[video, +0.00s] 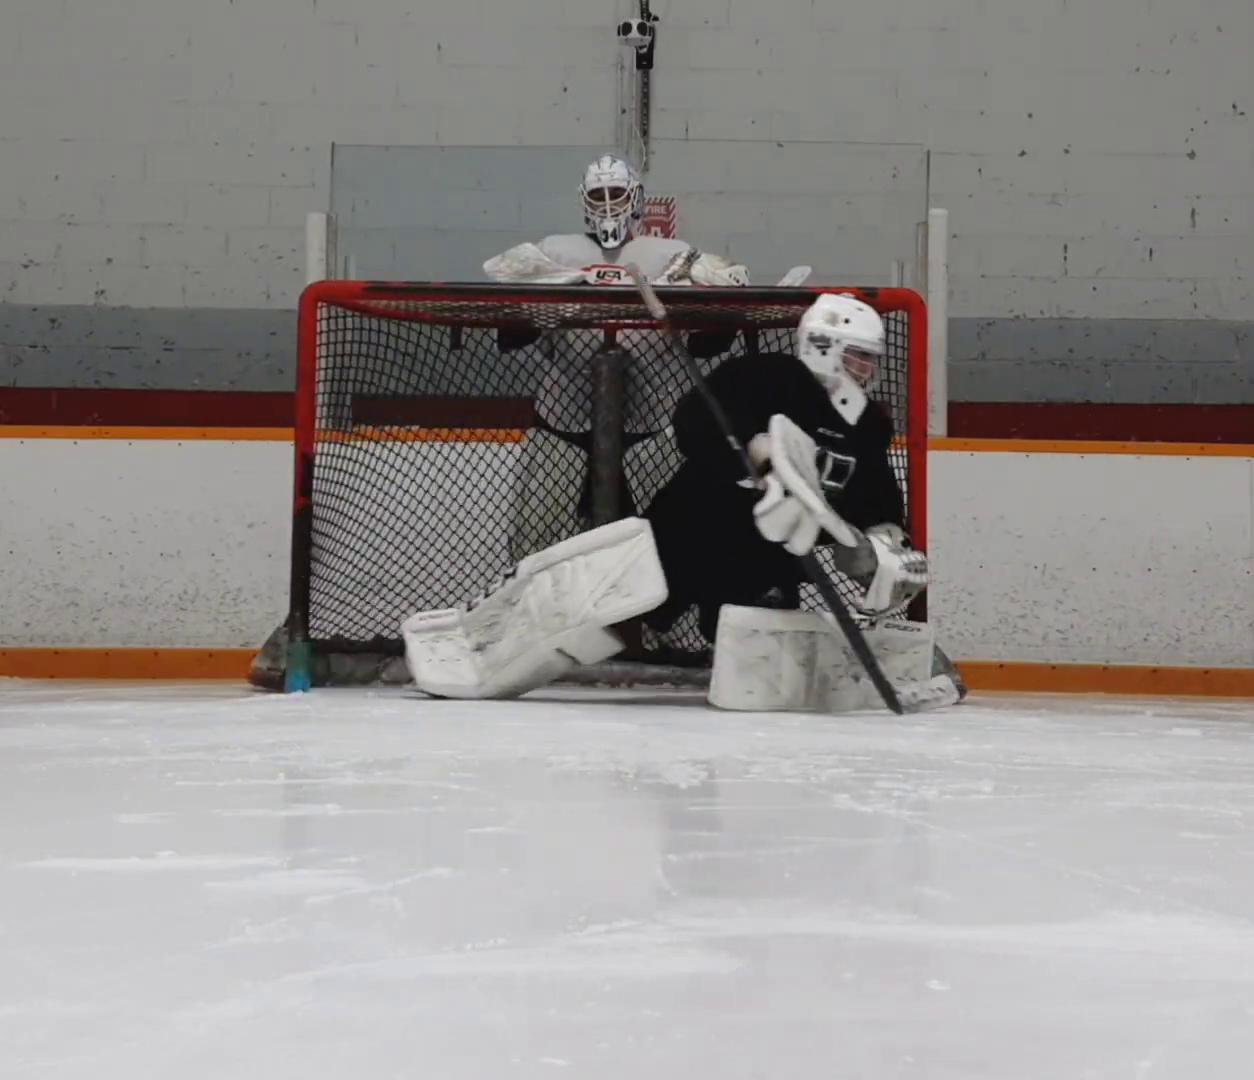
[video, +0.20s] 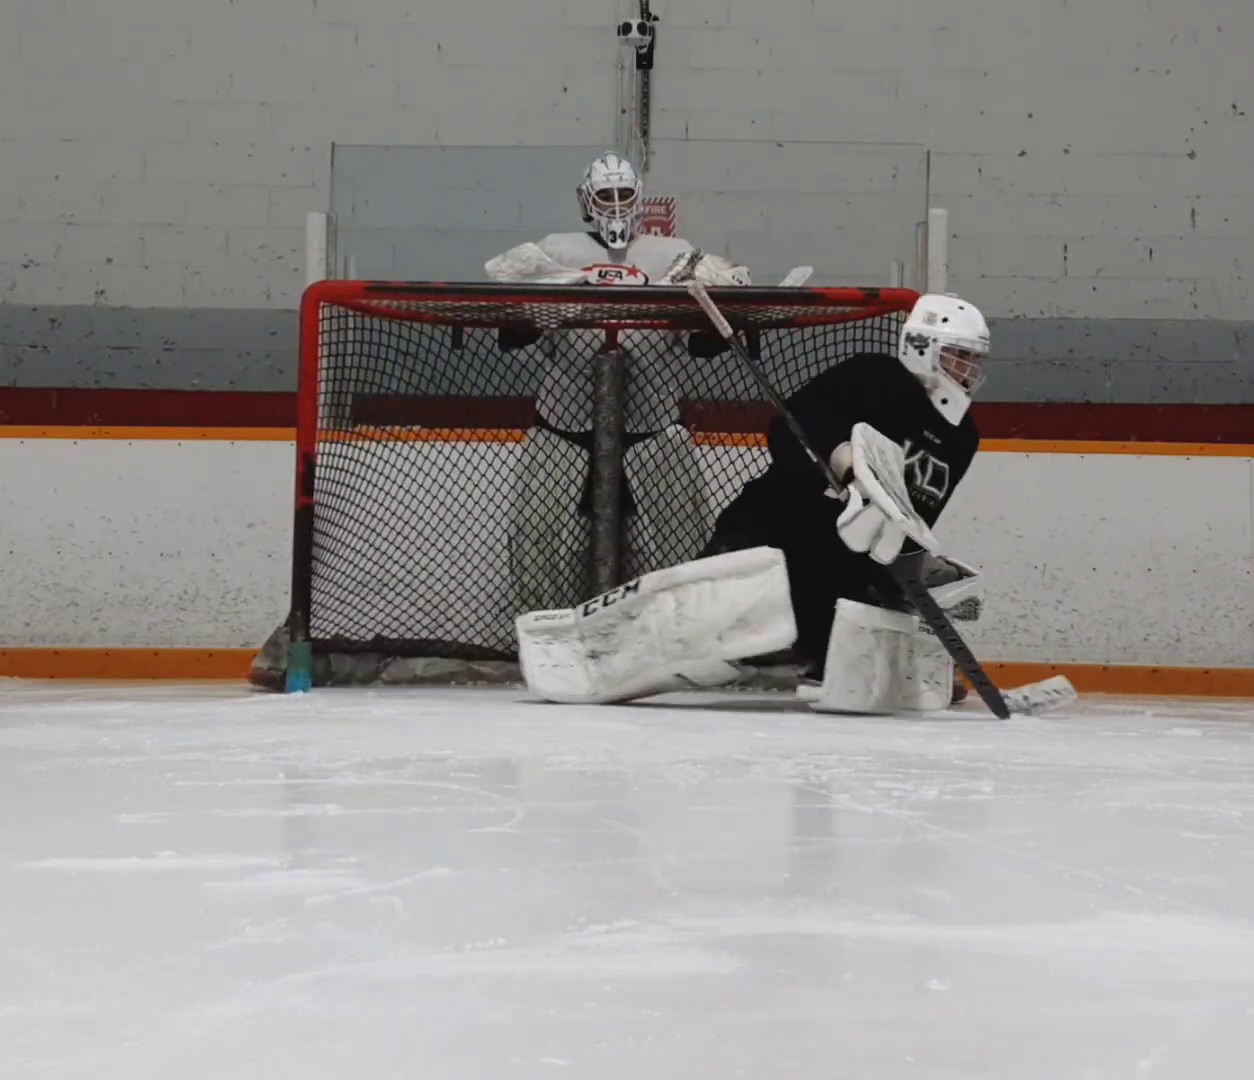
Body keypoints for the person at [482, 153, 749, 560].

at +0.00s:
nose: (608, 207)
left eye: (618, 196)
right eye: (598, 198)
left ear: (635, 199)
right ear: (584, 202)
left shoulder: (670, 255)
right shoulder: (555, 252)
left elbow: (706, 345)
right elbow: (509, 339)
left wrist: (721, 293)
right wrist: (524, 292)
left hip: (645, 415)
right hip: (569, 411)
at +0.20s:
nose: (616, 206)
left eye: (625, 196)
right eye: (605, 197)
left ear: (639, 200)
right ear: (586, 202)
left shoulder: (673, 256)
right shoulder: (554, 254)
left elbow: (704, 345)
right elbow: (510, 340)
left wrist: (714, 305)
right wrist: (533, 302)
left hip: (652, 438)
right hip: (564, 436)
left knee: (674, 551)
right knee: (542, 552)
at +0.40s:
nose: (620, 207)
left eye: (629, 197)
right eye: (609, 198)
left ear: (643, 200)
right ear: (589, 201)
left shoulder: (672, 256)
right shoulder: (557, 251)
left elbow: (714, 341)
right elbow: (509, 335)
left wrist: (706, 293)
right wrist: (558, 298)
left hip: (651, 438)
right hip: (564, 436)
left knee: (680, 543)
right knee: (544, 542)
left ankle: (678, 652)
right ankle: (545, 651)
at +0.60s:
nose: (620, 208)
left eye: (629, 198)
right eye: (608, 199)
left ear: (646, 201)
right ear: (588, 203)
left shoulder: (671, 255)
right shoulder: (560, 249)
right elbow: (508, 333)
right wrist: (567, 288)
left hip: (651, 432)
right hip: (564, 429)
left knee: (676, 531)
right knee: (542, 531)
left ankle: (677, 641)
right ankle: (543, 640)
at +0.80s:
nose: (622, 208)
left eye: (631, 198)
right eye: (610, 198)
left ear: (642, 201)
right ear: (588, 202)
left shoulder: (674, 256)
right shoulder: (556, 251)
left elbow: (709, 342)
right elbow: (509, 336)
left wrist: (716, 292)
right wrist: (557, 295)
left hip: (651, 434)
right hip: (564, 431)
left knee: (675, 538)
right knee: (540, 536)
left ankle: (674, 641)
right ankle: (544, 644)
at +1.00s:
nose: (622, 209)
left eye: (630, 199)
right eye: (610, 199)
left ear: (642, 203)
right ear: (588, 204)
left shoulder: (673, 257)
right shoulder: (557, 252)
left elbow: (709, 342)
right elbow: (509, 336)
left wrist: (709, 290)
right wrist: (564, 291)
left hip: (651, 434)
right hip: (564, 431)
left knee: (675, 536)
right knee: (538, 532)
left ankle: (675, 640)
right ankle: (545, 640)